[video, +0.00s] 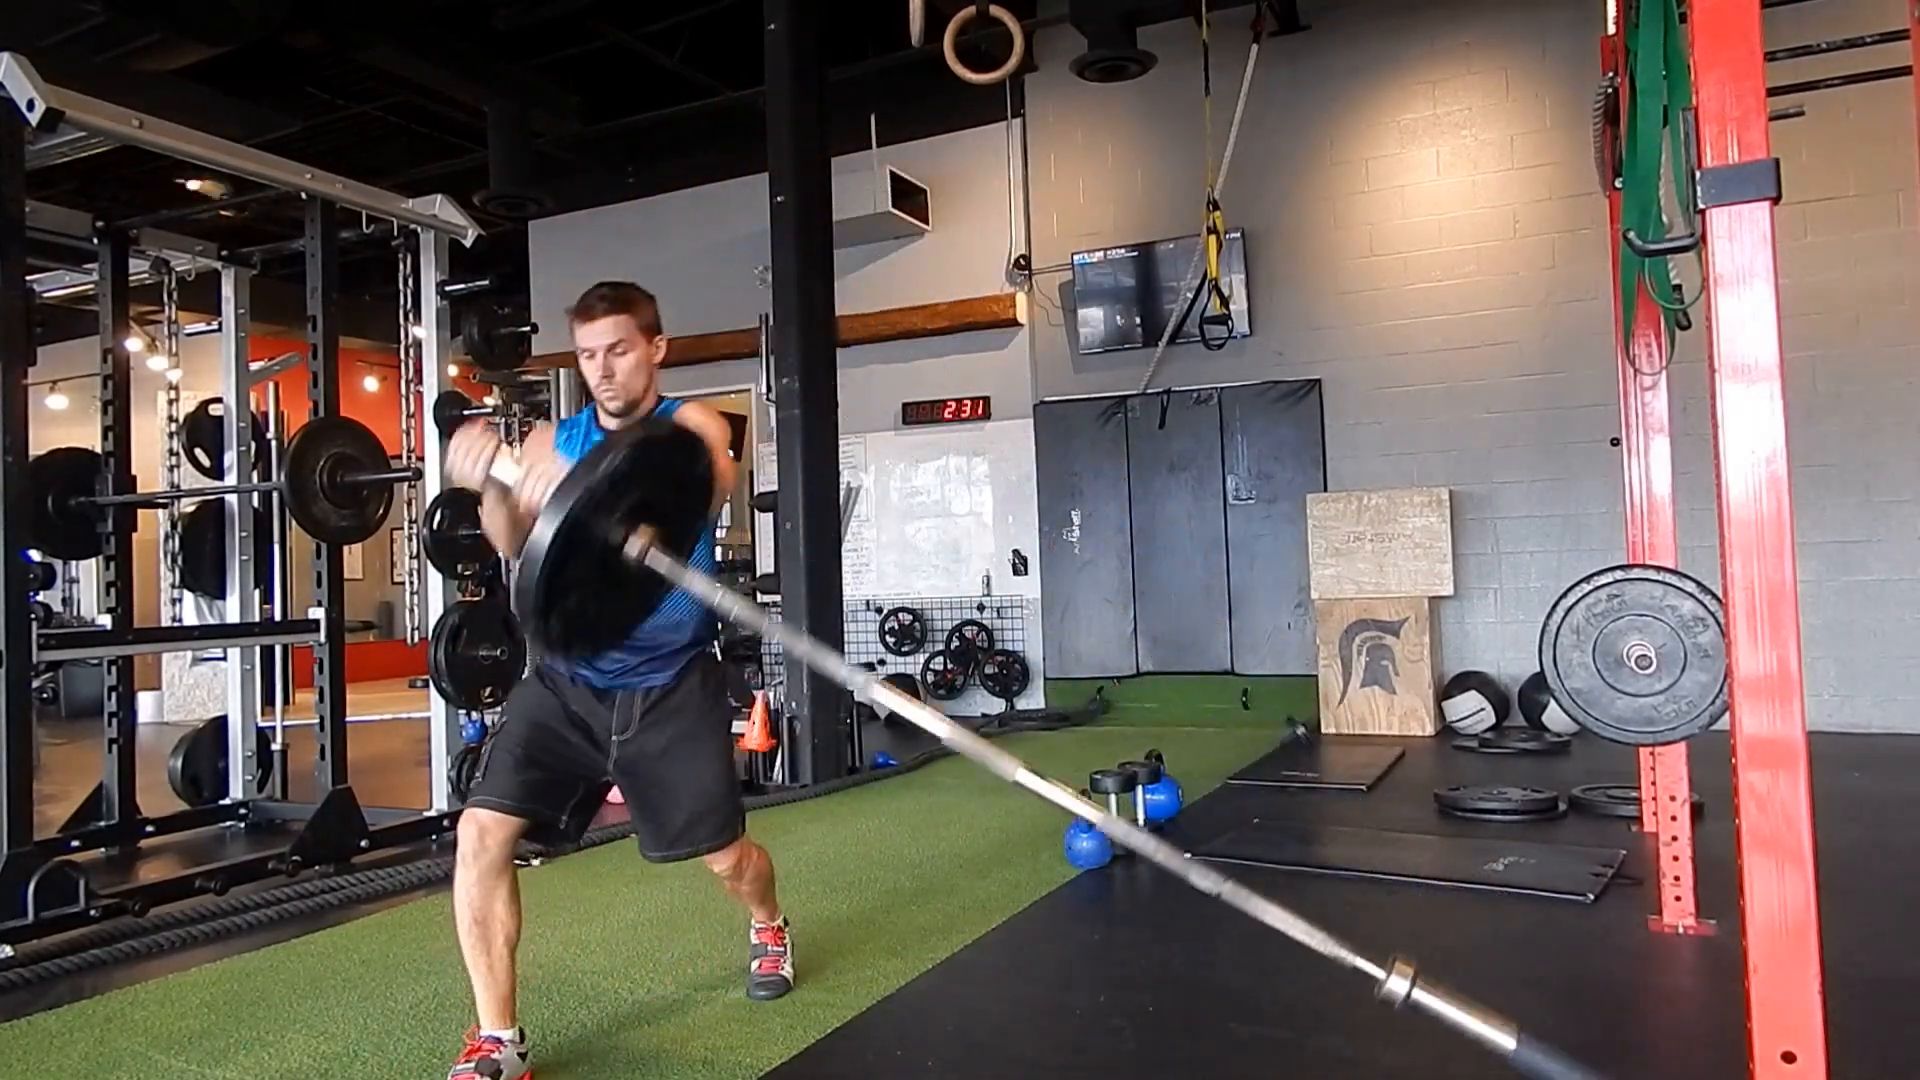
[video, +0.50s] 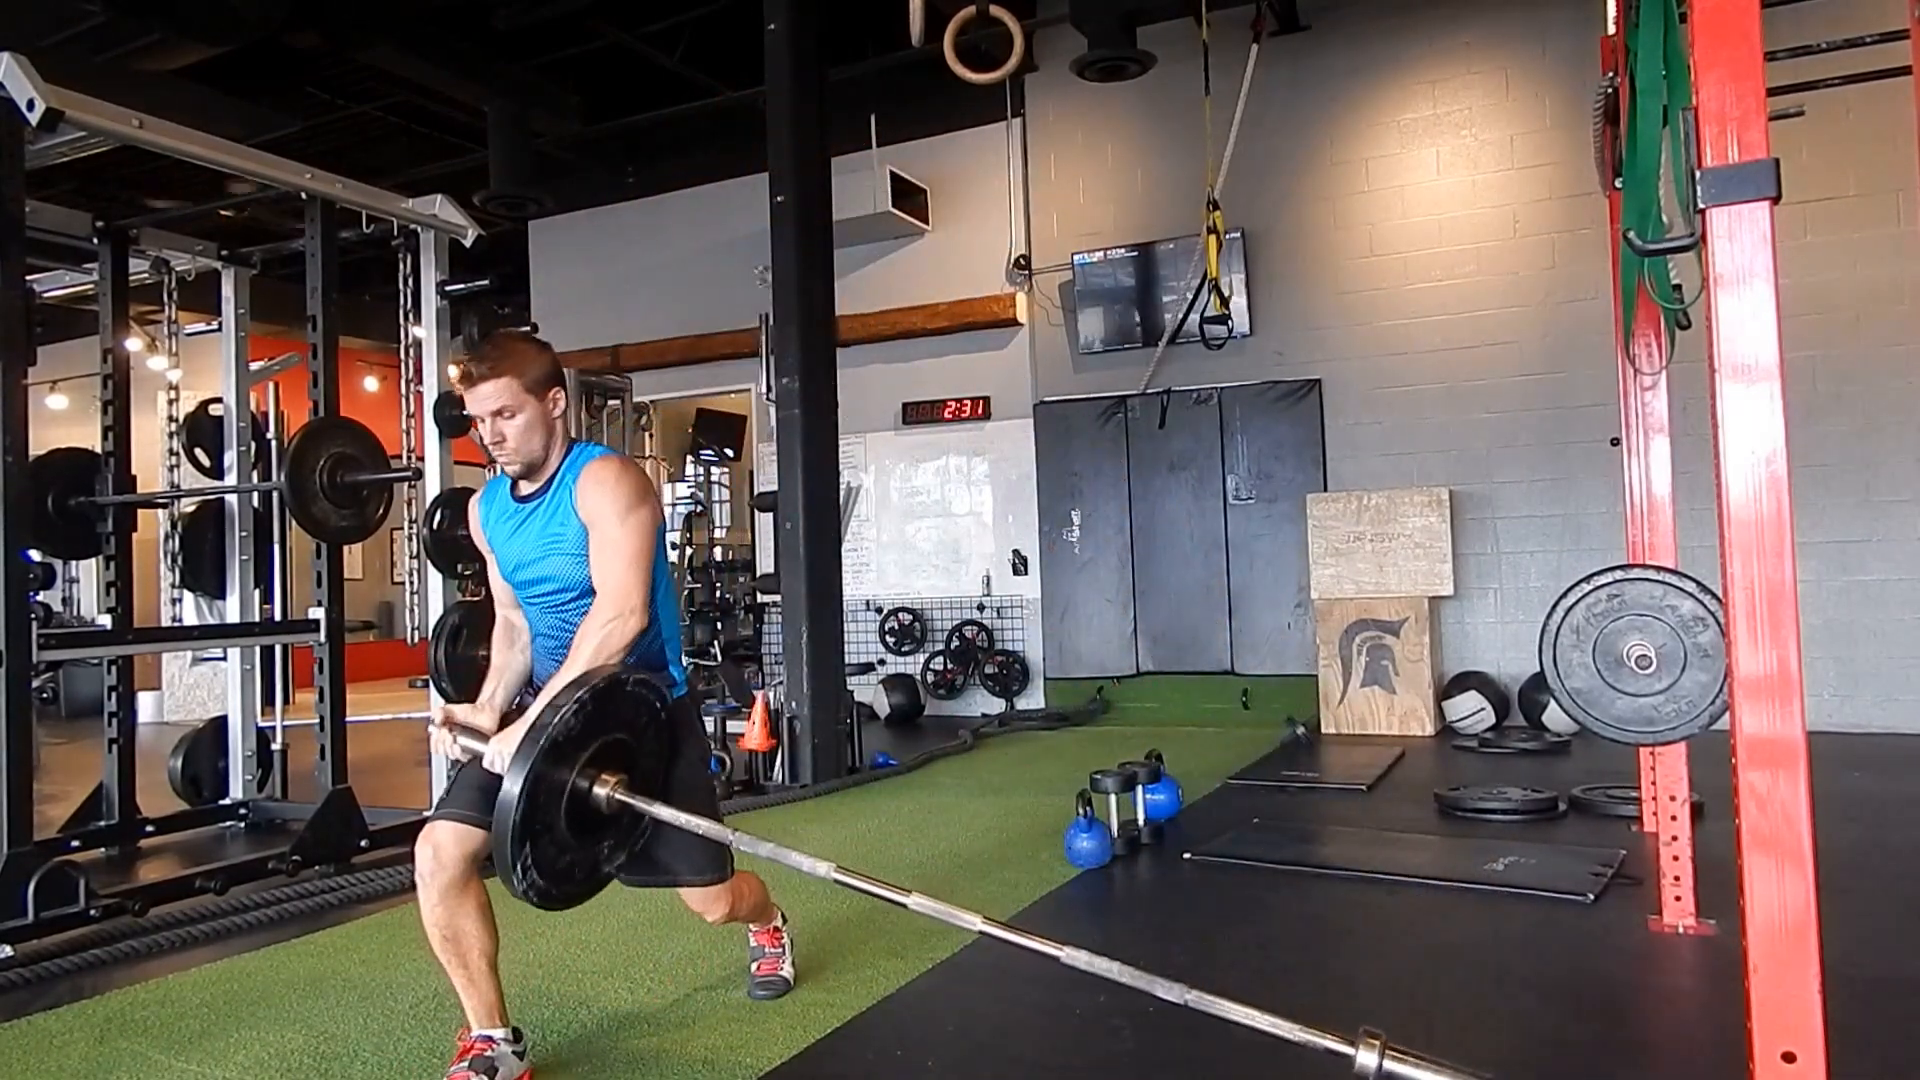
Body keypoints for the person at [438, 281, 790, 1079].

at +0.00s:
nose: (602, 371)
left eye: (617, 352)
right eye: (589, 357)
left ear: (657, 350)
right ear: (578, 361)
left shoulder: (700, 429)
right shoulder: (550, 441)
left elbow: (683, 515)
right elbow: (511, 547)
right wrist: (487, 486)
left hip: (673, 679)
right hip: (562, 678)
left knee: (727, 857)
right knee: (482, 831)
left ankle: (769, 925)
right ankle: (497, 1037)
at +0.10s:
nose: (567, 386)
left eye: (583, 367)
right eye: (555, 372)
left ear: (628, 364)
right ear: (544, 377)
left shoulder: (672, 441)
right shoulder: (534, 458)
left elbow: (654, 558)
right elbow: (511, 575)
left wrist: (542, 578)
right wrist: (453, 568)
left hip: (657, 692)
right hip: (552, 692)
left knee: (719, 865)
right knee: (470, 836)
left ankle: (774, 924)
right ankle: (493, 1035)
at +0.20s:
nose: (537, 406)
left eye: (552, 386)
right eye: (526, 392)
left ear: (599, 377)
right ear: (519, 392)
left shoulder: (645, 450)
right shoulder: (518, 476)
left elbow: (647, 562)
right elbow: (507, 596)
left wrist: (538, 638)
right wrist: (458, 638)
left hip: (652, 693)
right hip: (547, 697)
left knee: (716, 881)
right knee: (457, 842)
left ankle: (772, 920)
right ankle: (491, 1036)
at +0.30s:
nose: (511, 421)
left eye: (526, 402)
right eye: (500, 406)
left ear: (576, 391)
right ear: (492, 405)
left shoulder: (625, 466)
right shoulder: (502, 492)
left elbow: (631, 591)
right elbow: (508, 611)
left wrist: (530, 685)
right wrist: (479, 682)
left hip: (643, 694)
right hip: (544, 695)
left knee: (711, 893)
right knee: (443, 852)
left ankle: (769, 917)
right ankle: (490, 1039)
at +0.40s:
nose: (491, 430)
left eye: (507, 411)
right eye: (480, 416)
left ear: (559, 399)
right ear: (475, 418)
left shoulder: (614, 477)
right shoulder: (492, 502)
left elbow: (624, 610)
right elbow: (511, 616)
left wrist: (530, 717)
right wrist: (488, 701)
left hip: (641, 704)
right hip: (544, 707)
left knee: (712, 899)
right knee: (439, 855)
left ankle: (767, 917)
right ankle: (491, 1040)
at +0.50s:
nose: (489, 435)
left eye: (503, 415)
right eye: (477, 422)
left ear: (555, 402)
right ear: (471, 423)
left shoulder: (611, 481)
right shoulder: (487, 508)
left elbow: (623, 616)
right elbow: (512, 623)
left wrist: (532, 724)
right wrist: (489, 706)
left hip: (642, 704)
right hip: (545, 709)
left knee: (714, 899)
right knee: (439, 855)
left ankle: (768, 917)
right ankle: (491, 1039)